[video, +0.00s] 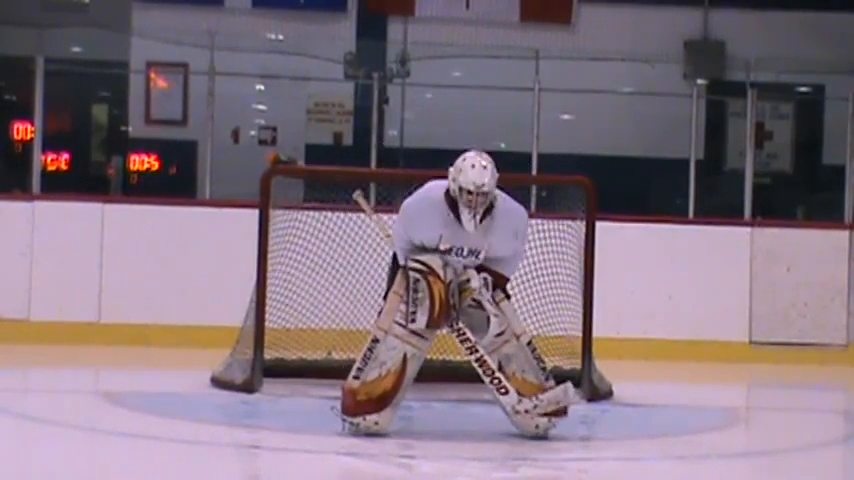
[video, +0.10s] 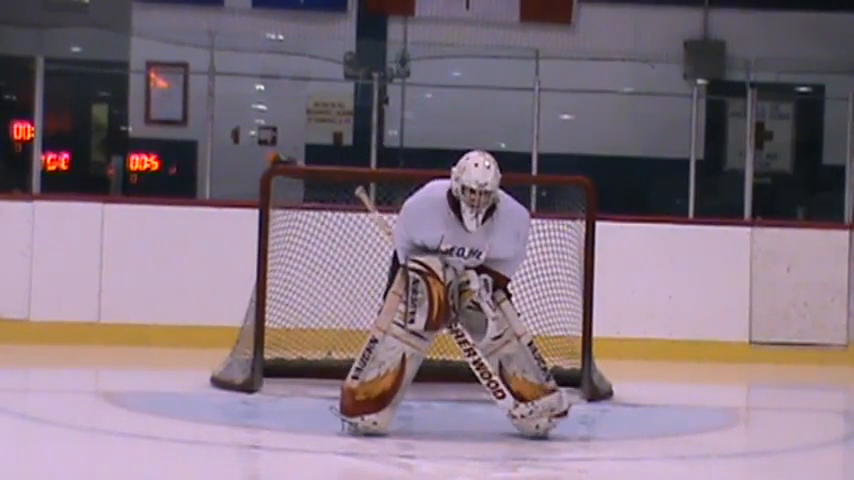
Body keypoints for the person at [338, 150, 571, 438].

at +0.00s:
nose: (474, 201)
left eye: (482, 195)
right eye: (467, 194)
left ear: (493, 192)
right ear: (453, 187)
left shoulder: (513, 217)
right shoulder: (421, 206)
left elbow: (502, 269)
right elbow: (405, 256)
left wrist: (478, 286)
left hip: (475, 281)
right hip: (424, 276)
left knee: (506, 340)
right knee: (403, 333)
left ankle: (535, 413)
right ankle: (368, 409)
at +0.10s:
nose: (476, 201)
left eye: (484, 195)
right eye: (470, 194)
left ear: (495, 194)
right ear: (455, 187)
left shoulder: (515, 218)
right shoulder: (422, 206)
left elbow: (501, 271)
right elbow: (405, 257)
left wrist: (478, 290)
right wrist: (425, 291)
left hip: (476, 279)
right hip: (423, 274)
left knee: (504, 337)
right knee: (402, 332)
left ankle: (535, 412)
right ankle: (368, 409)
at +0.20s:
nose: (476, 198)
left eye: (484, 192)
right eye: (469, 190)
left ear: (495, 190)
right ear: (456, 185)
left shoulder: (515, 217)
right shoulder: (423, 206)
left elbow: (502, 270)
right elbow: (407, 254)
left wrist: (477, 291)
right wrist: (432, 287)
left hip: (475, 278)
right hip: (422, 272)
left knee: (506, 338)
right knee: (400, 333)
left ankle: (536, 413)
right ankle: (367, 410)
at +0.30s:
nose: (476, 201)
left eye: (484, 194)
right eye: (469, 193)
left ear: (495, 193)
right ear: (456, 187)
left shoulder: (515, 218)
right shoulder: (424, 206)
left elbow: (503, 271)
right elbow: (406, 255)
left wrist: (478, 289)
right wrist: (430, 288)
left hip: (477, 281)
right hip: (423, 275)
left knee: (507, 340)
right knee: (400, 335)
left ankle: (535, 414)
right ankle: (368, 411)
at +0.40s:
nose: (476, 204)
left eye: (484, 197)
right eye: (470, 196)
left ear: (495, 195)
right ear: (456, 189)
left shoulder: (516, 219)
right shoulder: (424, 208)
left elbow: (504, 272)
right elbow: (407, 256)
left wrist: (479, 289)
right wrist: (432, 289)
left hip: (477, 281)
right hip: (423, 274)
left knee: (506, 339)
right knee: (401, 333)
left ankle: (536, 412)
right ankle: (367, 410)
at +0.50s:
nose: (477, 201)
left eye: (484, 195)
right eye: (470, 194)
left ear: (496, 193)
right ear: (456, 187)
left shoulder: (516, 218)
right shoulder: (425, 206)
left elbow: (503, 274)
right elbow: (409, 255)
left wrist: (478, 293)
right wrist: (434, 289)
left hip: (478, 281)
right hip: (425, 274)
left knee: (507, 339)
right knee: (402, 333)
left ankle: (535, 414)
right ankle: (368, 411)